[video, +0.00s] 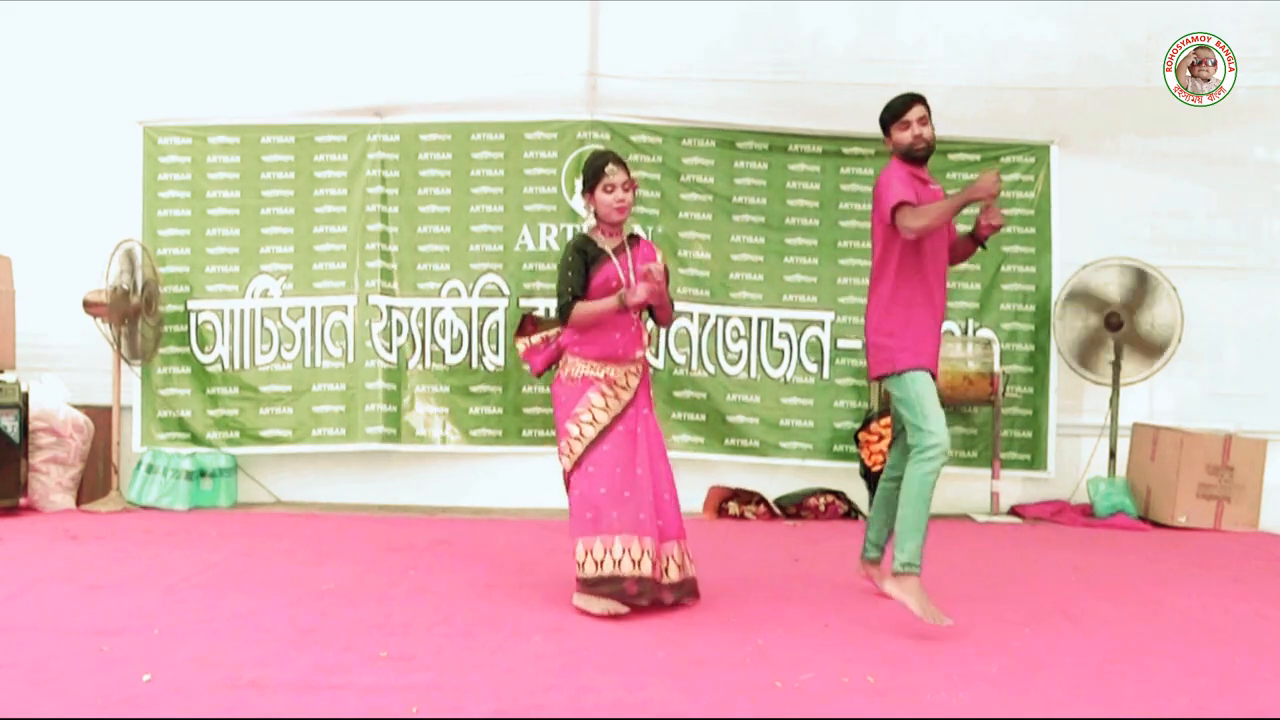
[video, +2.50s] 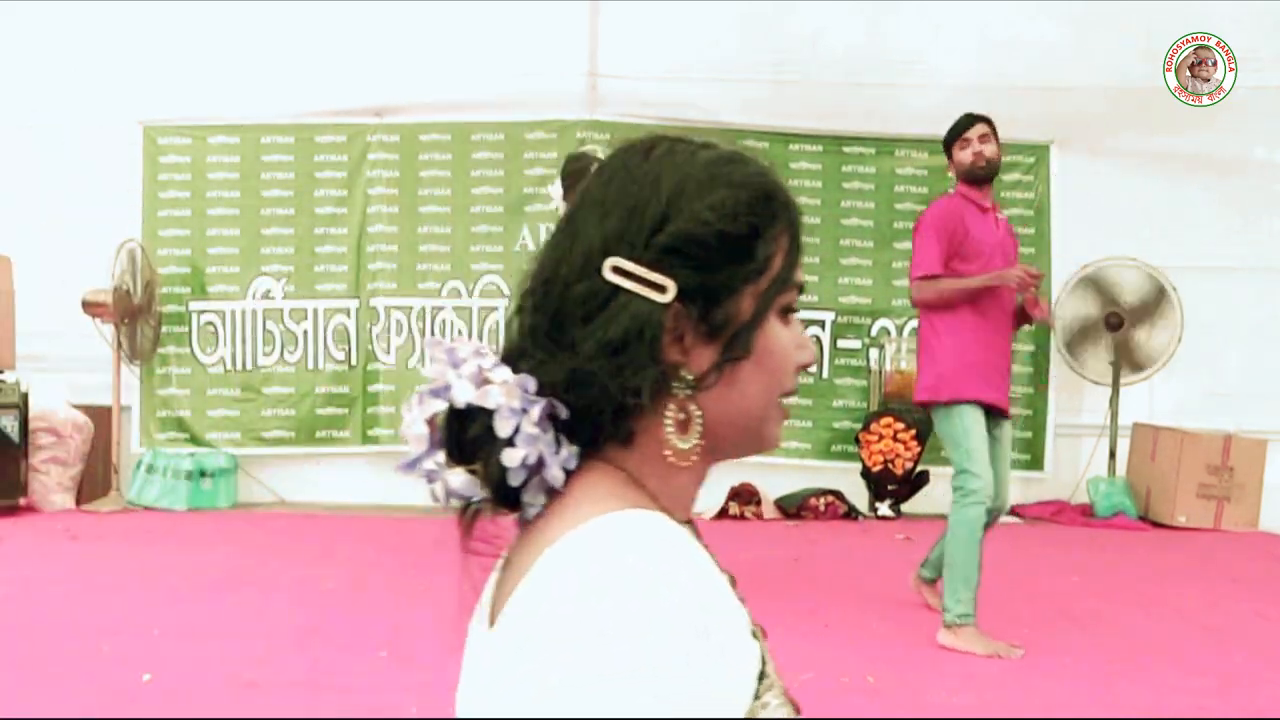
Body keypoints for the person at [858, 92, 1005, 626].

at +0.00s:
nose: (919, 130)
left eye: (924, 121)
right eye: (907, 126)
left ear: (934, 129)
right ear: (891, 138)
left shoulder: (929, 186)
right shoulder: (894, 176)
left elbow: (944, 256)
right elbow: (909, 222)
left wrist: (979, 235)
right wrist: (968, 195)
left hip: (917, 338)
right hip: (896, 337)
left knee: (906, 448)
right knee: (932, 445)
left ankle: (872, 556)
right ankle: (906, 573)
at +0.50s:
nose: (928, 137)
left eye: (937, 128)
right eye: (917, 130)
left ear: (953, 139)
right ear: (904, 143)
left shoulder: (967, 209)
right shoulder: (894, 186)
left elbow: (970, 290)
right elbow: (894, 224)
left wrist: (1000, 275)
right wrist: (957, 175)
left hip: (966, 354)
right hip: (913, 352)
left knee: (964, 485)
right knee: (925, 479)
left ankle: (945, 594)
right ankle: (918, 612)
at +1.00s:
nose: (906, 151)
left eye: (917, 145)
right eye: (904, 143)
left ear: (942, 154)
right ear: (902, 149)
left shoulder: (950, 201)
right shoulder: (900, 201)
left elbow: (944, 254)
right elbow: (895, 269)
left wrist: (901, 223)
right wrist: (882, 232)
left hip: (926, 347)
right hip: (886, 343)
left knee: (928, 459)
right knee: (888, 454)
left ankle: (955, 575)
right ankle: (899, 539)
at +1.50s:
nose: (933, 171)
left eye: (944, 166)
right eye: (927, 163)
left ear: (958, 178)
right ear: (915, 170)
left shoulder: (970, 237)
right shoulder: (897, 234)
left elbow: (988, 310)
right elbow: (896, 300)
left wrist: (958, 329)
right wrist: (877, 327)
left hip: (954, 374)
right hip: (905, 371)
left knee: (950, 480)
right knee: (907, 474)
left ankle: (951, 575)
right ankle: (910, 557)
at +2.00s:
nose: (996, 130)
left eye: (995, 121)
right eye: (984, 126)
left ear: (994, 134)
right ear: (958, 144)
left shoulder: (983, 197)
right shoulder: (968, 189)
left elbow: (980, 292)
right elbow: (953, 232)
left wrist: (1032, 295)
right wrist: (1033, 250)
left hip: (977, 355)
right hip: (984, 358)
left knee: (952, 474)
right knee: (1011, 475)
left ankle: (906, 567)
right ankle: (985, 610)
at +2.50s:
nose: (978, 147)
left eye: (986, 138)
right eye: (965, 142)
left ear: (1000, 153)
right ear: (951, 159)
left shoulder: (1004, 228)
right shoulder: (941, 213)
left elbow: (1000, 314)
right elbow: (921, 291)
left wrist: (1025, 309)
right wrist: (997, 279)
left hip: (991, 375)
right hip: (952, 372)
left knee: (995, 497)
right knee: (974, 488)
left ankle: (929, 571)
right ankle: (959, 622)